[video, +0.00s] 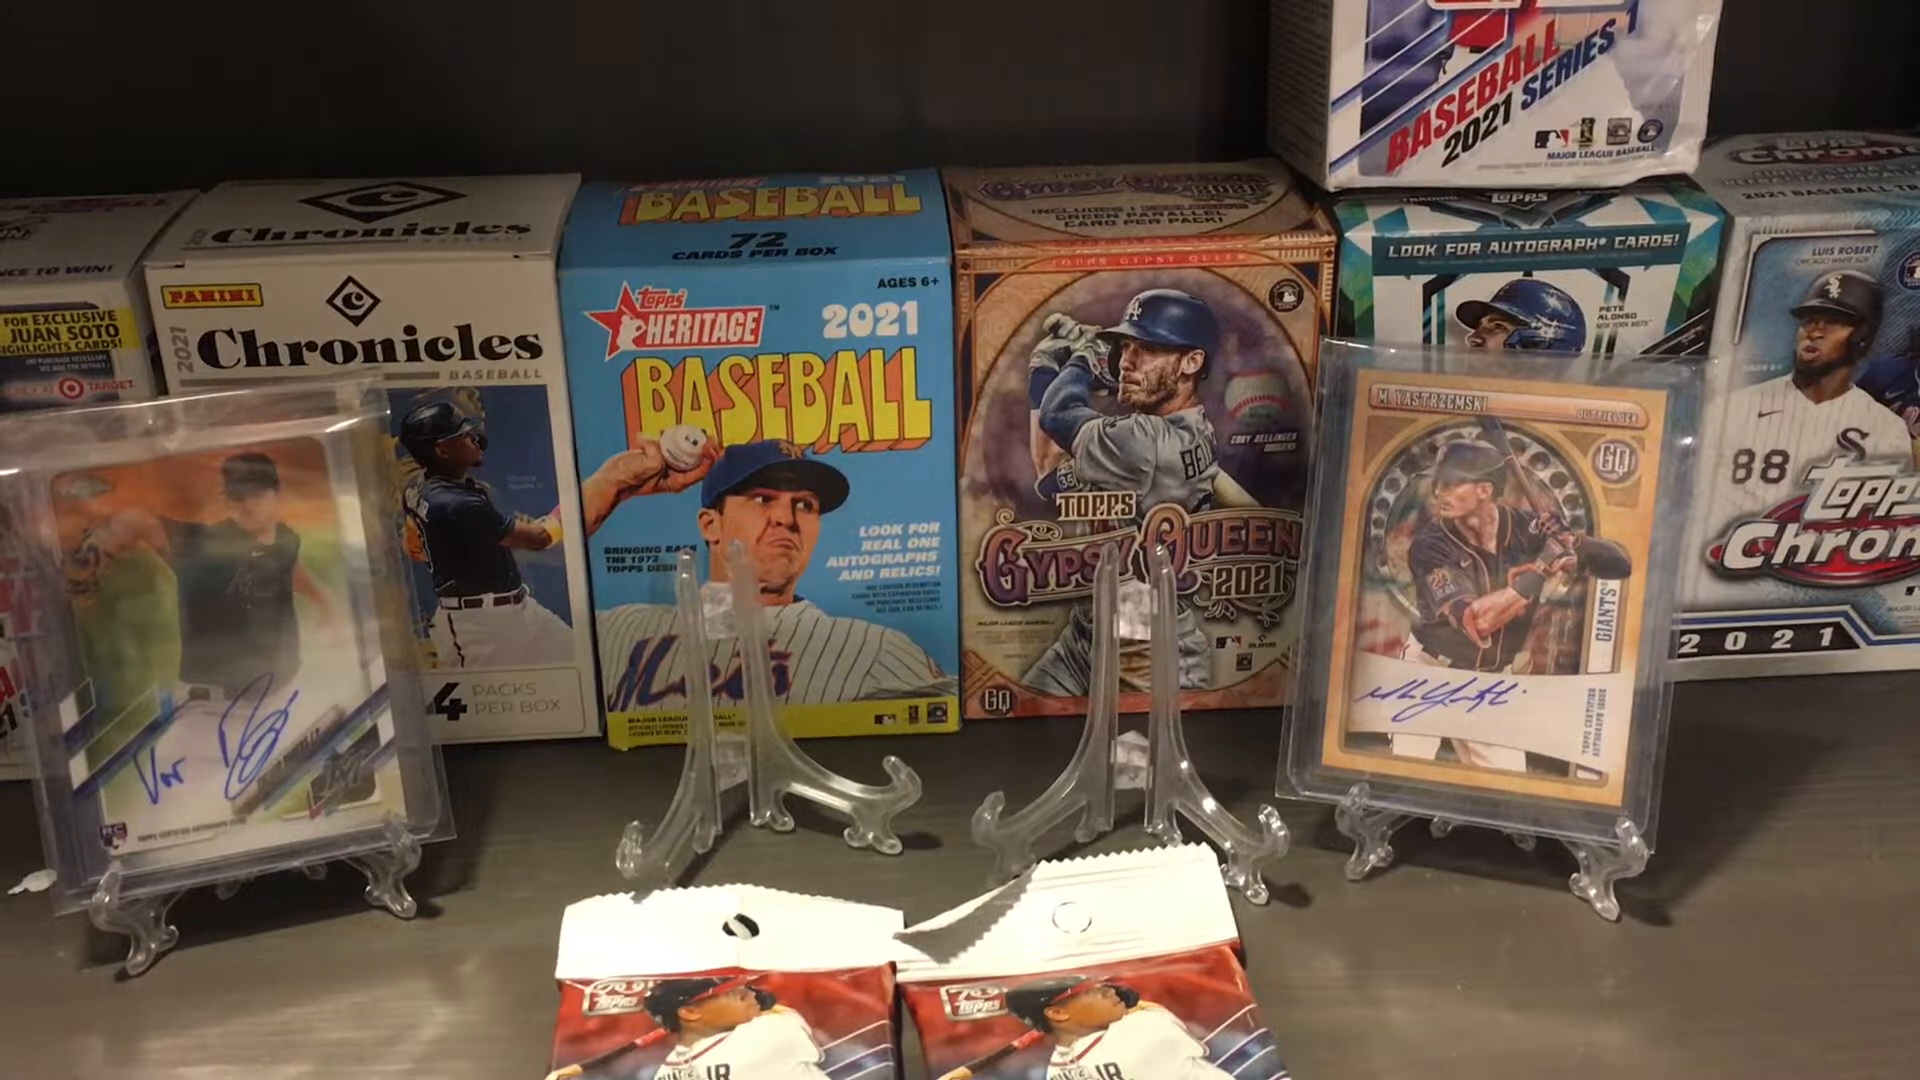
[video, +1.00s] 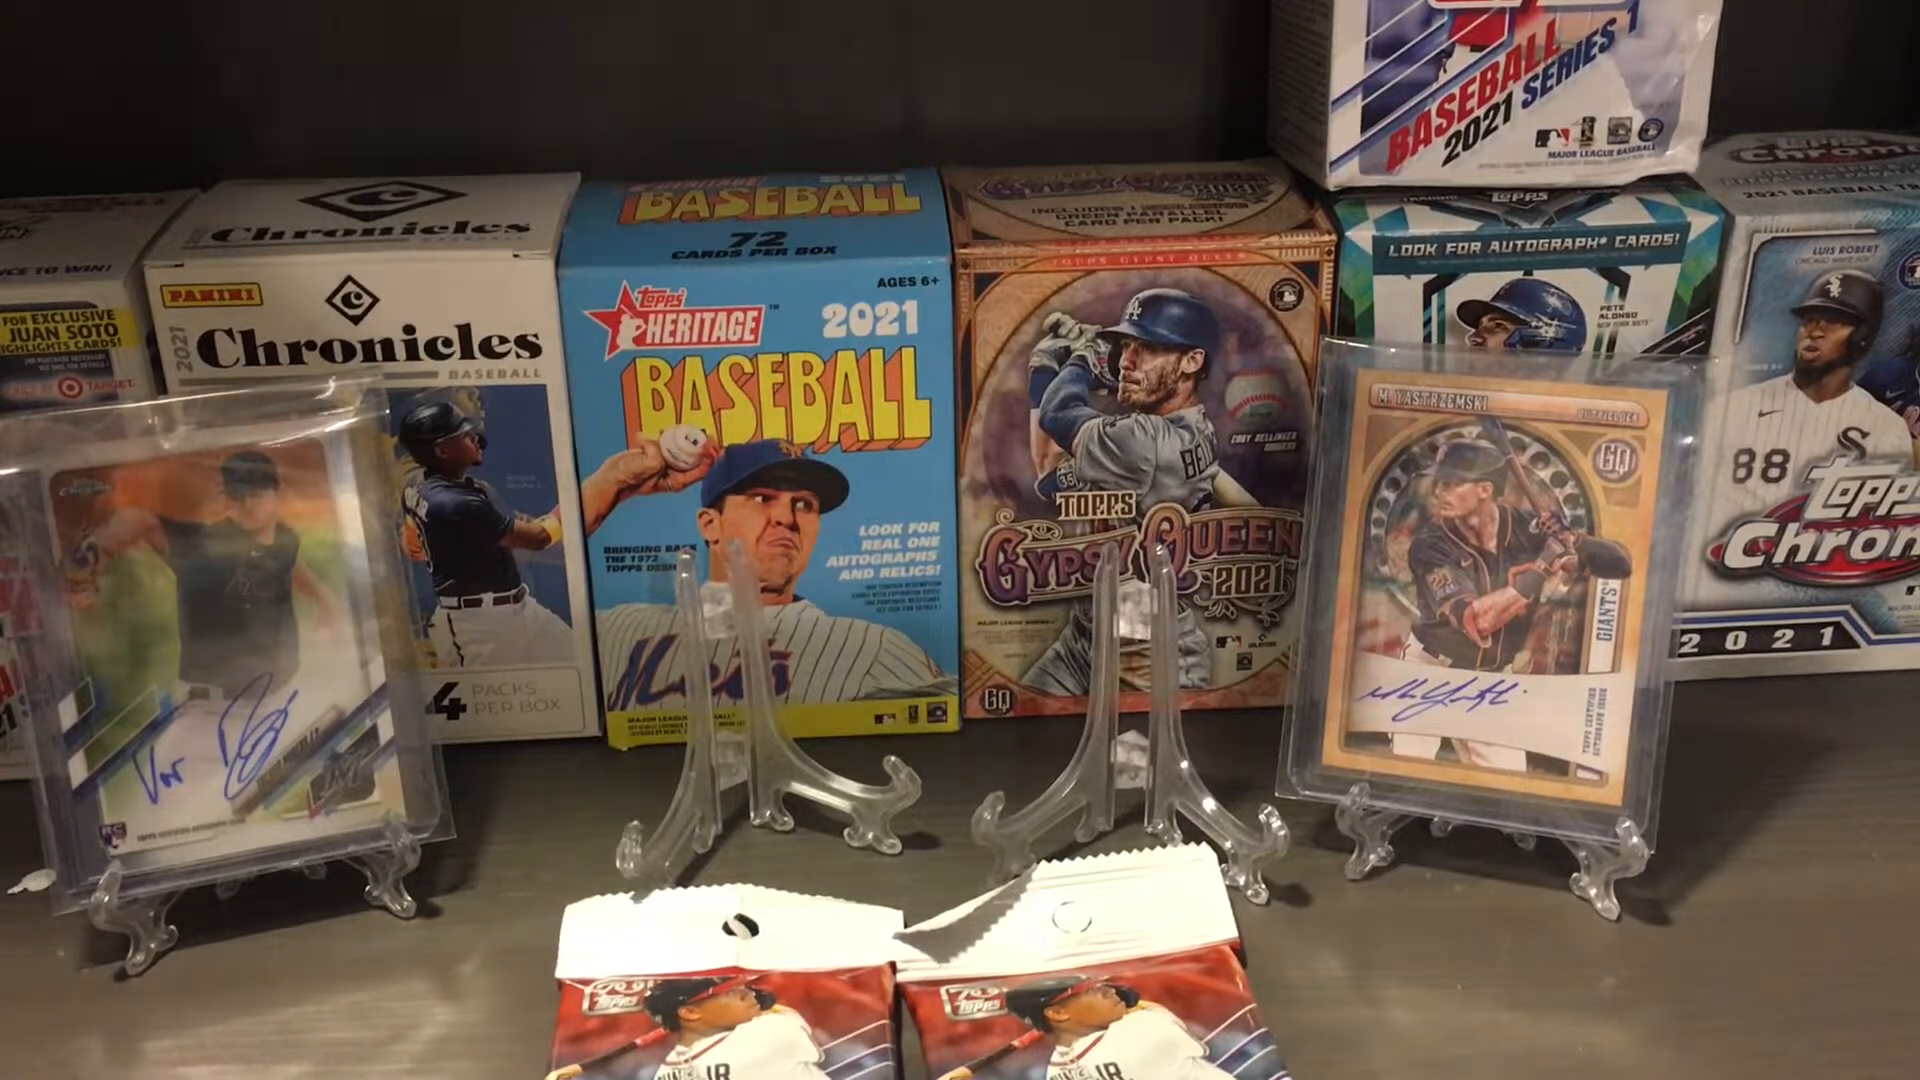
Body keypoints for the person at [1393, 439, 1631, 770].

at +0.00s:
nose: (1439, 492)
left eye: (1451, 484)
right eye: (1439, 484)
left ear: (1484, 491)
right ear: (1435, 487)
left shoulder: (1526, 528)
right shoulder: (1430, 542)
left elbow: (1622, 564)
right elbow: (1475, 623)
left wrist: (1577, 551)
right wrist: (1539, 571)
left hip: (1495, 677)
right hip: (1429, 670)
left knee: (1509, 792)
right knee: (1410, 775)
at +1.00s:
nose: (1440, 492)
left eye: (1452, 485)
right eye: (1439, 484)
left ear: (1485, 490)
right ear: (1436, 486)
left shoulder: (1526, 528)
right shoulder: (1430, 542)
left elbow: (1622, 563)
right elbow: (1474, 622)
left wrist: (1575, 547)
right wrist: (1540, 570)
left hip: (1495, 676)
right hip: (1430, 669)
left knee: (1509, 788)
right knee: (1412, 772)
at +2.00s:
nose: (1439, 492)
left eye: (1451, 484)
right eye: (1439, 483)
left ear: (1484, 490)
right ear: (1436, 486)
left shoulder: (1527, 528)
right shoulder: (1430, 540)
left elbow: (1622, 562)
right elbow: (1474, 622)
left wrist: (1574, 551)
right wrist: (1540, 569)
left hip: (1495, 676)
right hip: (1429, 668)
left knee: (1508, 787)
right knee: (1411, 772)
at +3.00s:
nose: (1439, 491)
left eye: (1452, 484)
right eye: (1439, 483)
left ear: (1484, 491)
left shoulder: (1527, 530)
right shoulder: (1430, 541)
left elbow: (1622, 565)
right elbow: (1472, 622)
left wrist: (1574, 545)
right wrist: (1538, 572)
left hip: (1495, 677)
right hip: (1429, 669)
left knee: (1509, 789)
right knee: (1412, 771)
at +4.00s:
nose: (1439, 492)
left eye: (1452, 484)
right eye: (1439, 483)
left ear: (1484, 491)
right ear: (1436, 486)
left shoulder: (1528, 530)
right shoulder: (1430, 542)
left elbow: (1622, 565)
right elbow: (1473, 622)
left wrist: (1574, 547)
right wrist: (1538, 573)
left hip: (1495, 677)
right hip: (1429, 670)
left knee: (1510, 789)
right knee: (1411, 772)